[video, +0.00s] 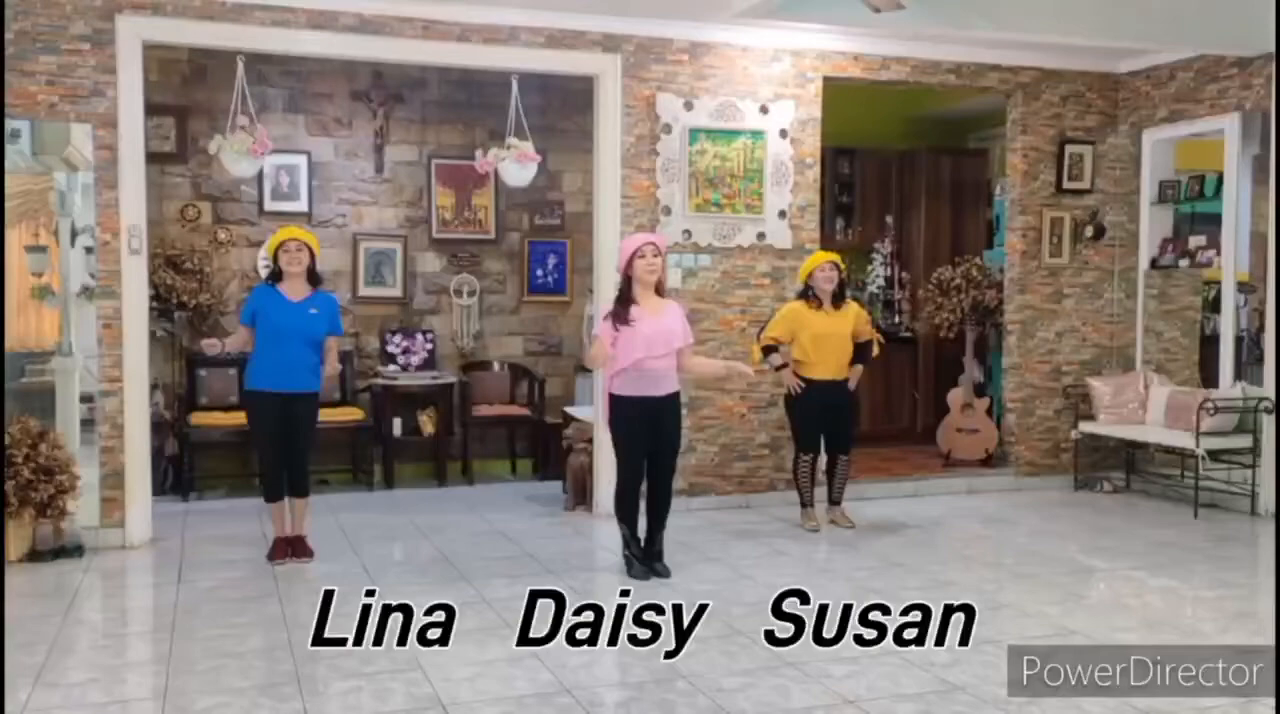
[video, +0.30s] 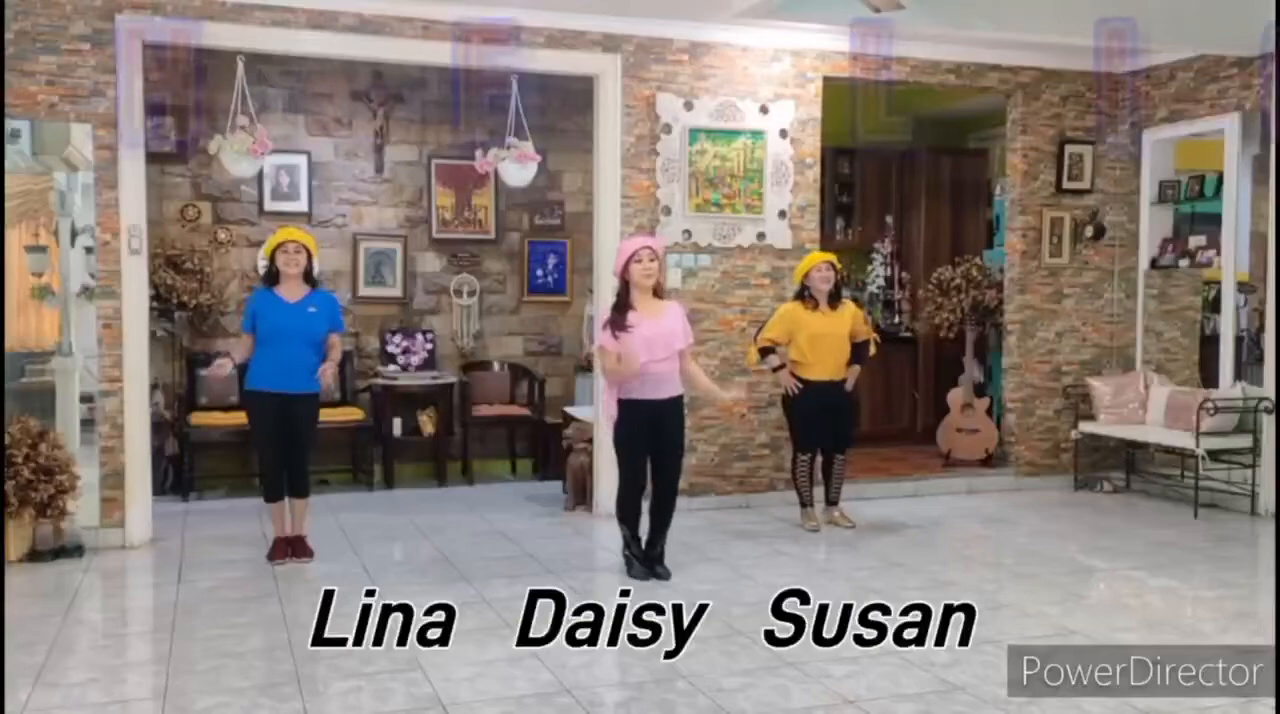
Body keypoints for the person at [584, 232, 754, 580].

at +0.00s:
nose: (652, 262)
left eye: (656, 256)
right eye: (643, 257)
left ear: (663, 264)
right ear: (629, 267)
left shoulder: (673, 310)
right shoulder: (616, 313)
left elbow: (686, 362)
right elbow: (595, 360)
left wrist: (730, 367)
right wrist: (595, 350)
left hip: (667, 401)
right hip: (627, 402)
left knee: (662, 478)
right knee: (631, 476)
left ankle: (654, 549)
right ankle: (631, 550)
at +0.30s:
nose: (648, 266)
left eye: (653, 260)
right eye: (639, 261)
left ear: (661, 267)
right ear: (625, 271)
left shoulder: (674, 311)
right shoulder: (615, 317)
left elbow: (688, 365)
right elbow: (609, 372)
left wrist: (722, 399)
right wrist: (629, 368)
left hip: (670, 406)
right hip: (632, 409)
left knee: (667, 485)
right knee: (633, 483)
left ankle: (655, 553)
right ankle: (632, 549)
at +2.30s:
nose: (610, 266)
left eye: (615, 260)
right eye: (601, 261)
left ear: (623, 269)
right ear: (586, 272)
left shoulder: (643, 304)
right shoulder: (585, 324)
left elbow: (671, 351)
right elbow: (585, 382)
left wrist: (709, 382)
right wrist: (573, 429)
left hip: (654, 406)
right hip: (611, 410)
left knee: (650, 486)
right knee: (602, 485)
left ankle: (646, 560)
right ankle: (584, 554)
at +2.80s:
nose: (622, 271)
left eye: (628, 266)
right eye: (614, 265)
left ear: (636, 274)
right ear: (600, 274)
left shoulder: (652, 310)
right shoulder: (590, 325)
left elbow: (679, 358)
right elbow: (595, 380)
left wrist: (720, 379)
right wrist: (613, 412)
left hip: (666, 405)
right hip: (627, 412)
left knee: (660, 488)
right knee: (631, 488)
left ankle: (647, 558)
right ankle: (626, 557)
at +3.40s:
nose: (616, 266)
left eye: (622, 258)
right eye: (608, 261)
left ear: (633, 266)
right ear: (597, 271)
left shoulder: (642, 318)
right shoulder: (583, 309)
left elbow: (646, 376)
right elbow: (553, 354)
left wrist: (665, 418)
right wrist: (541, 410)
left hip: (627, 409)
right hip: (584, 408)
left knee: (635, 487)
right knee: (586, 487)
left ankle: (640, 559)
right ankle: (587, 560)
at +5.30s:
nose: (647, 261)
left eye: (653, 254)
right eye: (639, 257)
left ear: (664, 261)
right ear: (630, 269)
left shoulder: (679, 308)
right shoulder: (623, 311)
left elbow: (694, 348)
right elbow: (596, 362)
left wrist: (690, 384)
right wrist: (617, 406)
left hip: (669, 404)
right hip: (629, 403)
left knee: (666, 488)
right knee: (622, 486)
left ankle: (664, 561)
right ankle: (609, 556)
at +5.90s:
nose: (619, 269)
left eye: (624, 262)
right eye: (610, 265)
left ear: (635, 271)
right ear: (599, 274)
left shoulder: (645, 321)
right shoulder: (581, 312)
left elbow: (664, 370)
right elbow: (541, 352)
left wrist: (645, 400)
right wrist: (541, 404)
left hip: (620, 411)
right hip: (576, 408)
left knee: (629, 491)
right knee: (579, 489)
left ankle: (634, 561)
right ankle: (584, 563)